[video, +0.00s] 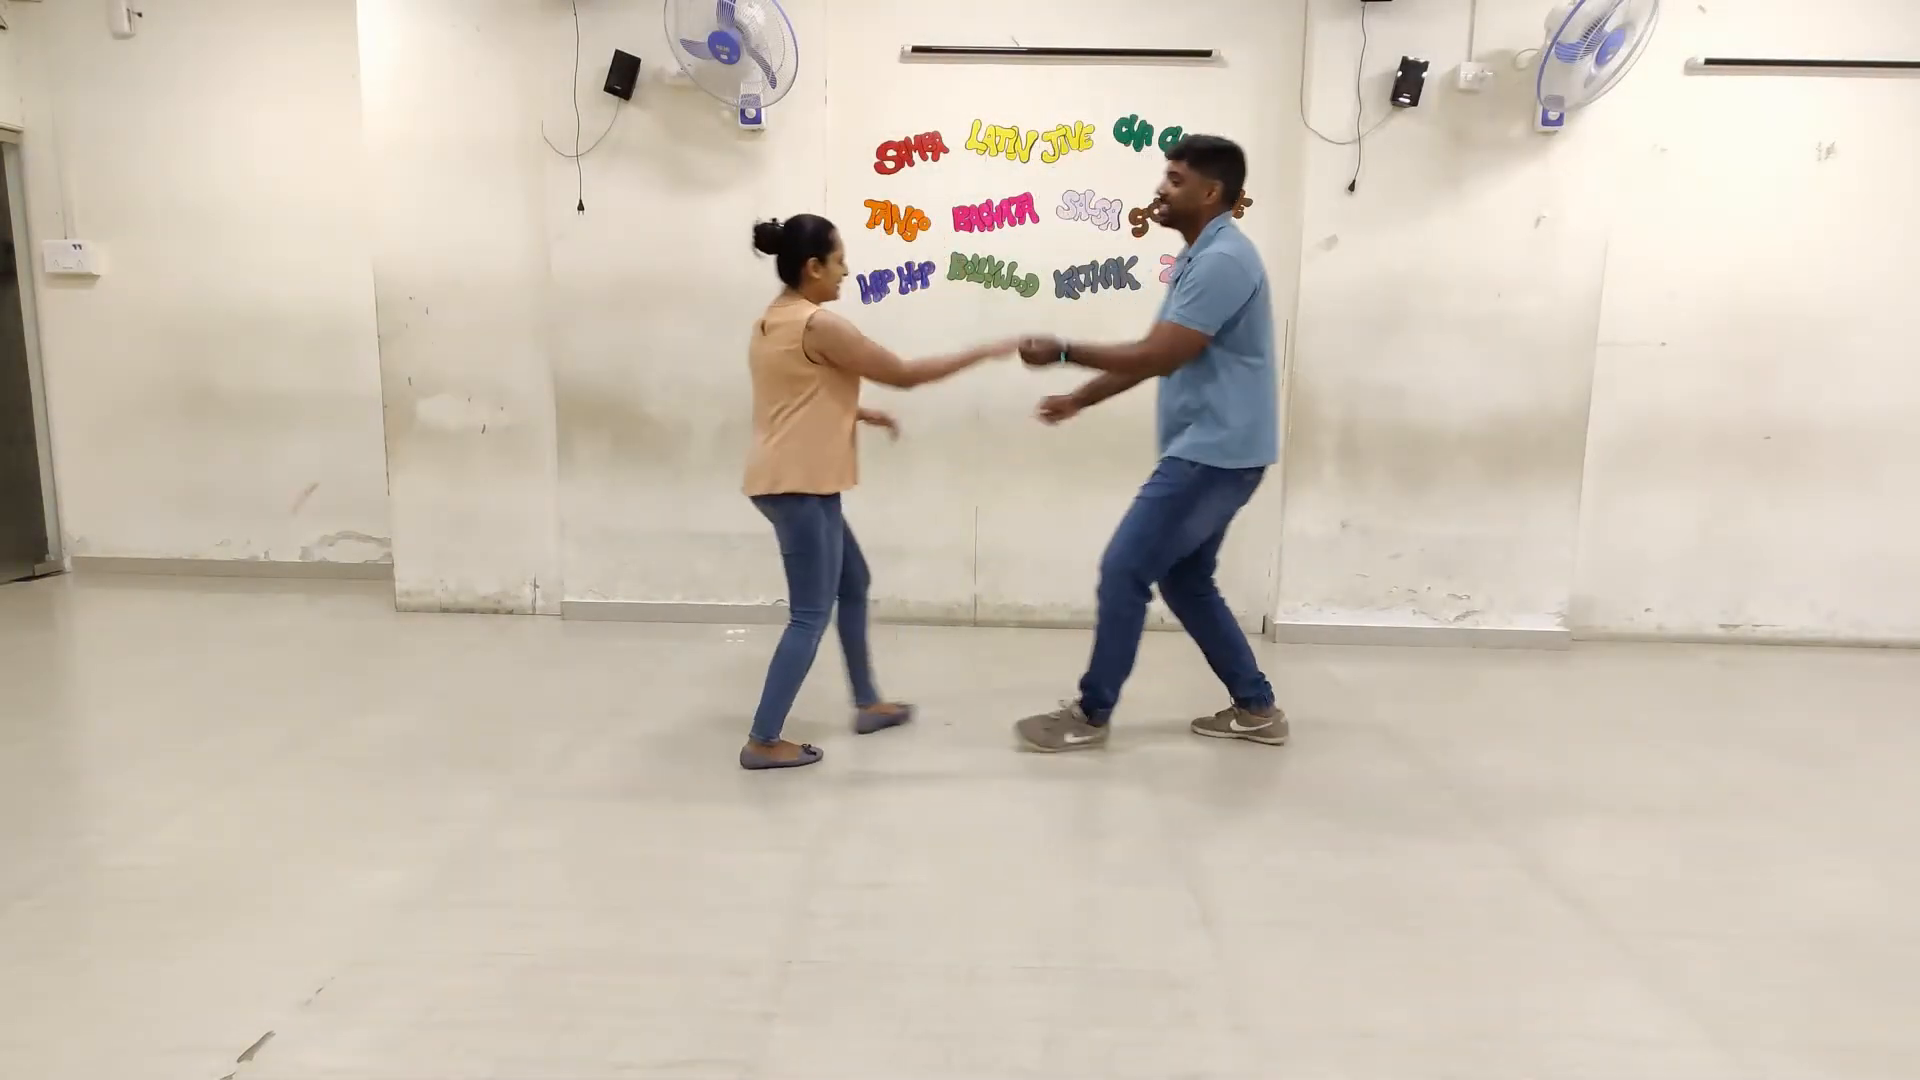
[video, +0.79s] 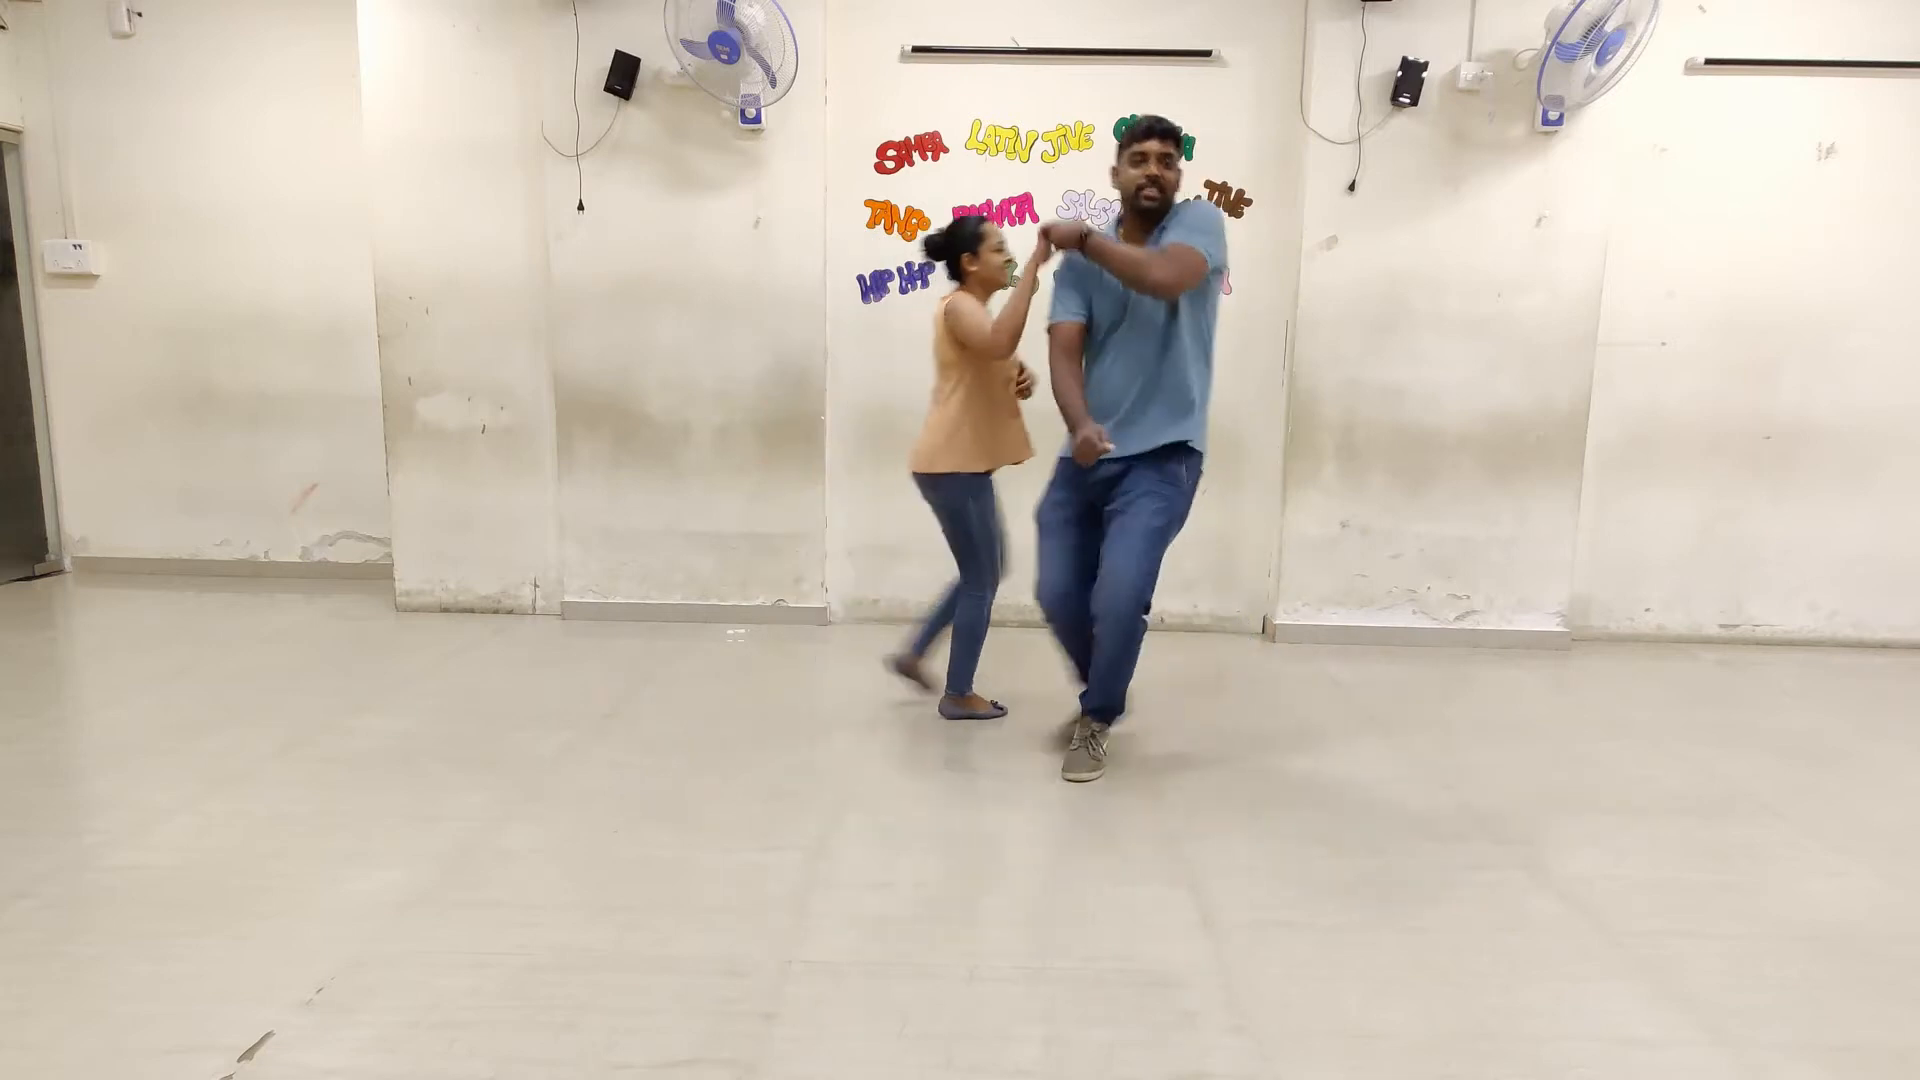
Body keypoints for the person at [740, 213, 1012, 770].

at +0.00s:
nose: (845, 270)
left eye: (843, 261)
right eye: (839, 262)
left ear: (802, 267)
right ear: (812, 268)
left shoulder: (772, 323)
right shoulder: (821, 326)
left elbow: (800, 398)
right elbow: (904, 374)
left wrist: (862, 416)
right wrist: (984, 353)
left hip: (780, 480)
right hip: (803, 486)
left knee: (852, 580)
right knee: (811, 614)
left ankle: (868, 706)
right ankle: (763, 741)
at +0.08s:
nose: (830, 265)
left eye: (828, 254)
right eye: (824, 256)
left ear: (779, 263)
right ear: (800, 262)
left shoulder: (747, 320)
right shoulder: (818, 315)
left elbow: (736, 405)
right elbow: (905, 348)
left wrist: (816, 424)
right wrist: (986, 319)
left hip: (751, 474)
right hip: (797, 475)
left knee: (823, 576)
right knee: (794, 608)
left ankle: (803, 702)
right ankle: (763, 739)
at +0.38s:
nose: (859, 257)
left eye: (856, 248)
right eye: (854, 250)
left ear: (809, 262)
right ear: (835, 260)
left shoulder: (773, 313)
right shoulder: (855, 312)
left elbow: (723, 376)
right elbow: (940, 345)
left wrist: (774, 401)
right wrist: (1018, 318)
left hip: (772, 469)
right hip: (832, 472)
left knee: (787, 588)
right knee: (864, 583)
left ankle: (779, 709)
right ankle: (827, 693)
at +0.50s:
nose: (894, 264)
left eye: (889, 255)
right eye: (887, 256)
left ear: (849, 270)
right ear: (865, 268)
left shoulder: (811, 320)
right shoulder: (882, 320)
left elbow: (772, 386)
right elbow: (963, 366)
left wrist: (824, 403)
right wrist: (1037, 333)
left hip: (801, 473)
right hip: (860, 477)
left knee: (805, 588)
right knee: (911, 579)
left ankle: (781, 708)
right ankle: (905, 703)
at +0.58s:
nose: (934, 270)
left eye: (930, 263)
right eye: (925, 265)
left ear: (892, 278)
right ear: (901, 278)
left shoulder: (860, 325)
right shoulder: (915, 328)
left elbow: (837, 398)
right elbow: (984, 379)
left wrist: (902, 399)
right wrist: (1042, 322)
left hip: (843, 479)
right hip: (895, 484)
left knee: (835, 588)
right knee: (949, 581)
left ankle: (785, 699)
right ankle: (956, 696)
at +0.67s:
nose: (962, 271)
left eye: (958, 262)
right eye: (953, 264)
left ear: (919, 277)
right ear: (927, 275)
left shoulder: (894, 323)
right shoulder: (933, 325)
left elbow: (905, 390)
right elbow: (998, 374)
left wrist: (959, 404)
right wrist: (1043, 303)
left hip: (877, 478)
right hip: (921, 483)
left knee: (875, 583)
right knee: (969, 584)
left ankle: (801, 675)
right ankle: (956, 696)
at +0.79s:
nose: (1009, 259)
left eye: (1007, 250)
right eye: (999, 251)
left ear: (973, 263)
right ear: (969, 262)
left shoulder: (974, 309)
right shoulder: (959, 306)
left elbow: (975, 384)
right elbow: (999, 343)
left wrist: (1014, 384)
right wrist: (1032, 270)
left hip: (966, 463)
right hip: (949, 465)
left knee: (986, 569)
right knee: (980, 575)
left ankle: (912, 654)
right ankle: (958, 695)